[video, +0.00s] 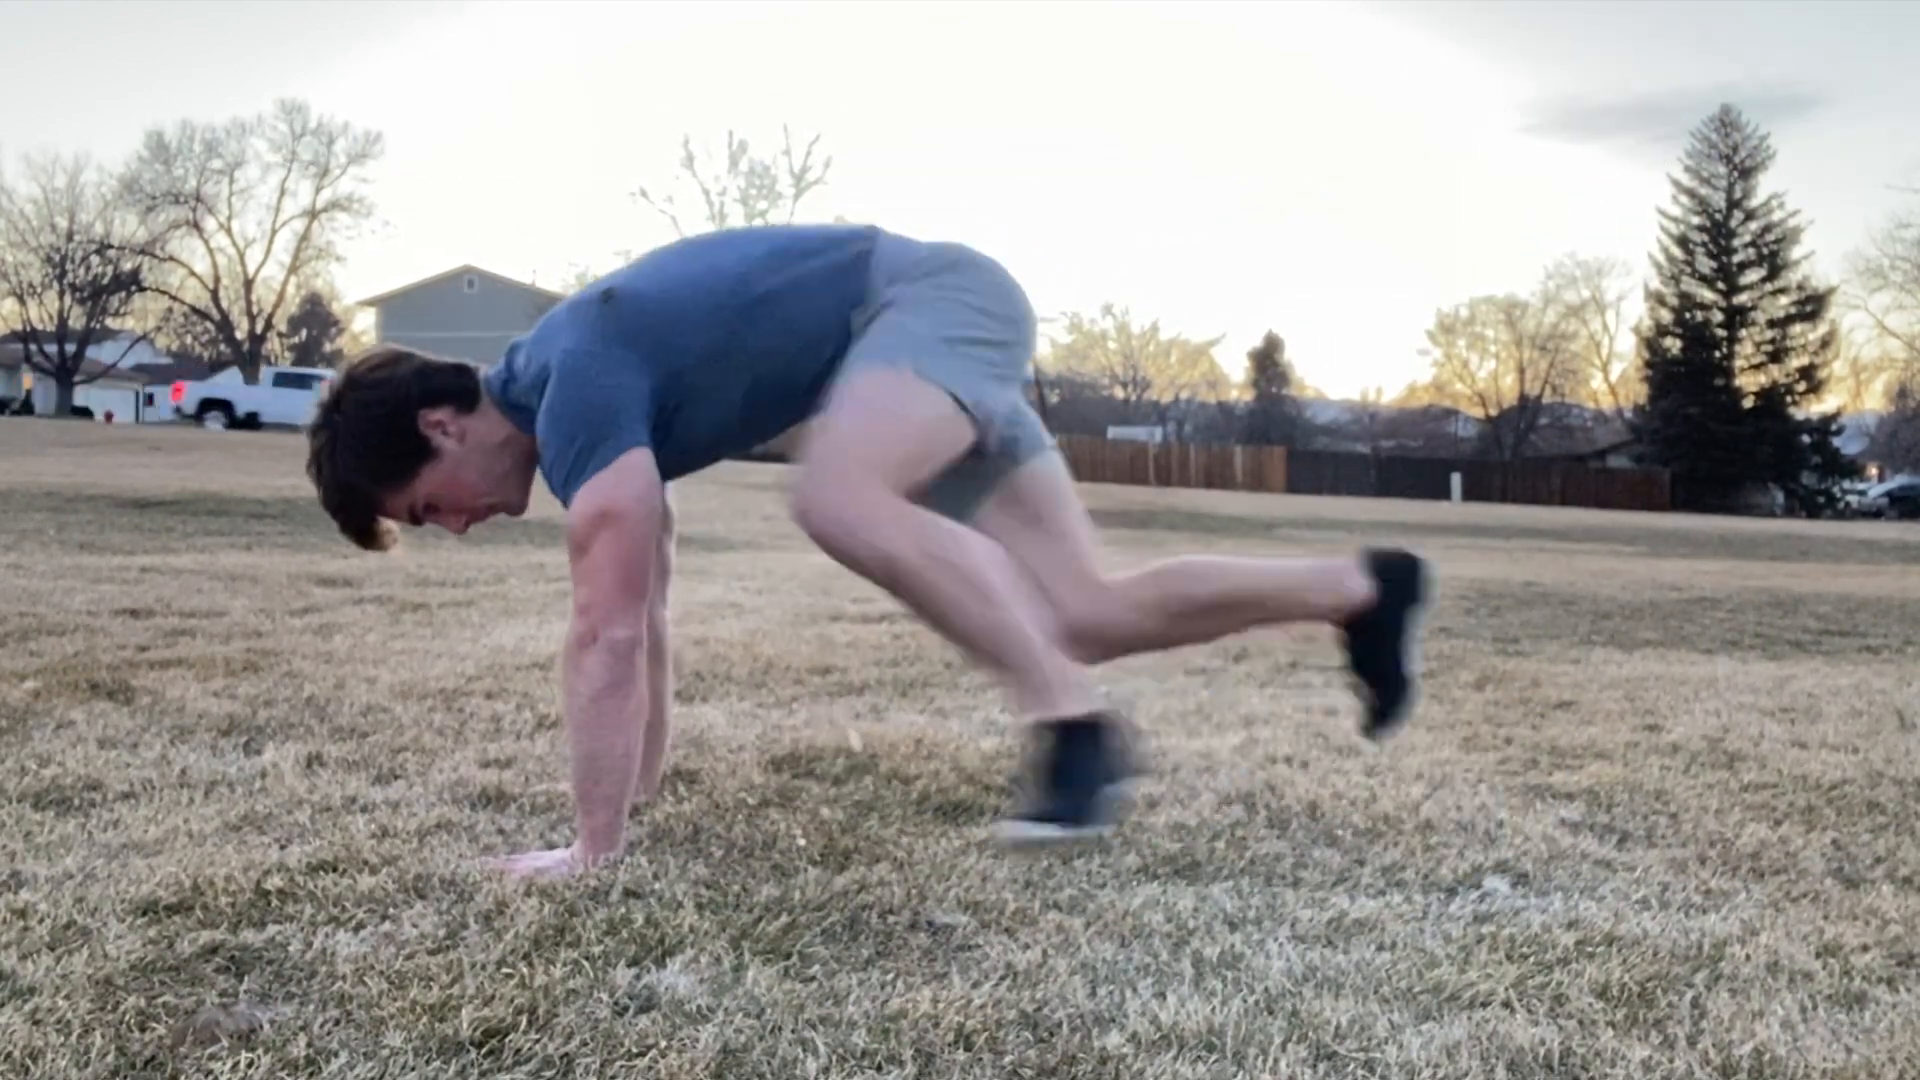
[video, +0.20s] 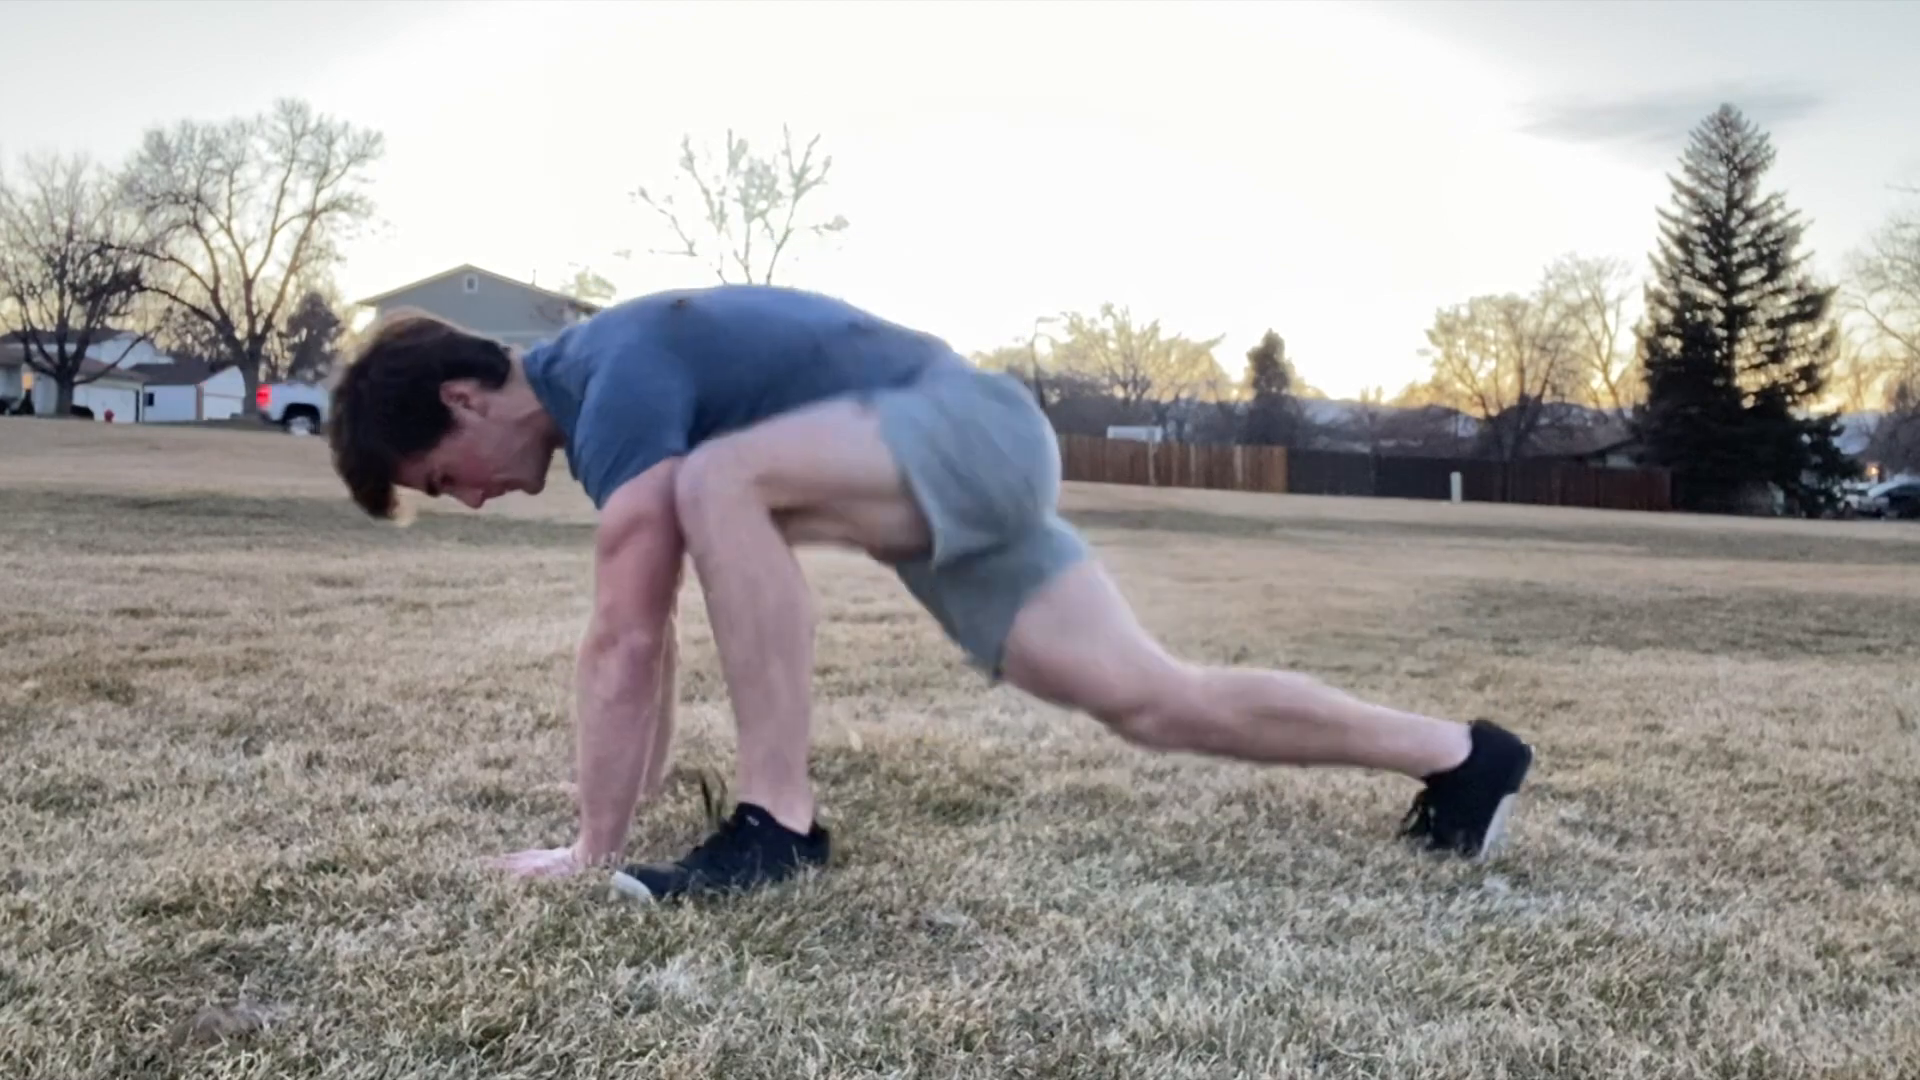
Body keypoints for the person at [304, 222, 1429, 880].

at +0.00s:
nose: (453, 528)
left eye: (427, 509)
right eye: (425, 523)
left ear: (440, 432)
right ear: (447, 426)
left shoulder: (578, 372)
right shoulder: (573, 387)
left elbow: (610, 628)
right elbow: (635, 607)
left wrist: (590, 843)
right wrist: (644, 777)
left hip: (935, 296)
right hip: (928, 348)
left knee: (838, 494)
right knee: (1080, 610)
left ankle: (1073, 720)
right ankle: (1362, 589)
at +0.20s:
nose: (466, 499)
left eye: (444, 475)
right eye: (442, 491)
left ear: (470, 401)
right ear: (477, 403)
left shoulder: (623, 370)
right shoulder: (604, 415)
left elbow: (625, 627)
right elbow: (631, 641)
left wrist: (579, 846)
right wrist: (601, 837)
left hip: (968, 421)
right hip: (957, 503)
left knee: (719, 483)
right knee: (1150, 698)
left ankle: (778, 821)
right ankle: (1463, 753)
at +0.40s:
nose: (462, 522)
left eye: (438, 500)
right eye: (437, 516)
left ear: (454, 425)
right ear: (459, 428)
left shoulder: (601, 366)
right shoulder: (586, 400)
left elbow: (622, 638)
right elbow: (631, 631)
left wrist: (593, 849)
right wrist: (616, 803)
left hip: (955, 334)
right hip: (961, 386)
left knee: (763, 456)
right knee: (1140, 607)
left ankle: (942, 765)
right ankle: (1422, 727)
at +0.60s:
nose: (462, 530)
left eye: (430, 513)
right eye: (431, 526)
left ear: (439, 439)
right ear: (449, 425)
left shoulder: (565, 375)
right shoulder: (592, 382)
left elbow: (603, 625)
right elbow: (641, 609)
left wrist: (591, 844)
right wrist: (639, 787)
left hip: (926, 303)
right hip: (892, 330)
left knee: (1074, 633)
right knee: (861, 530)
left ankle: (1398, 588)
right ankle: (1084, 664)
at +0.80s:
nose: (460, 495)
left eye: (436, 472)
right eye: (435, 487)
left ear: (454, 396)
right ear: (469, 391)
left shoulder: (587, 382)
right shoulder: (608, 376)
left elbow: (629, 627)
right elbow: (638, 624)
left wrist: (598, 837)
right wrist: (608, 822)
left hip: (924, 512)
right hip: (883, 498)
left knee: (1186, 737)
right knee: (719, 519)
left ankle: (1514, 759)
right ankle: (834, 748)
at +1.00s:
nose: (455, 519)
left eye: (428, 497)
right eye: (428, 513)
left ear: (440, 419)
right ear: (453, 421)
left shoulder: (560, 377)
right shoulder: (613, 390)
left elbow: (601, 610)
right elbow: (646, 625)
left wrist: (598, 844)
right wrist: (643, 797)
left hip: (926, 406)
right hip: (899, 412)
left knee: (1173, 645)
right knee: (784, 494)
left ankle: (1485, 743)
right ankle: (902, 723)